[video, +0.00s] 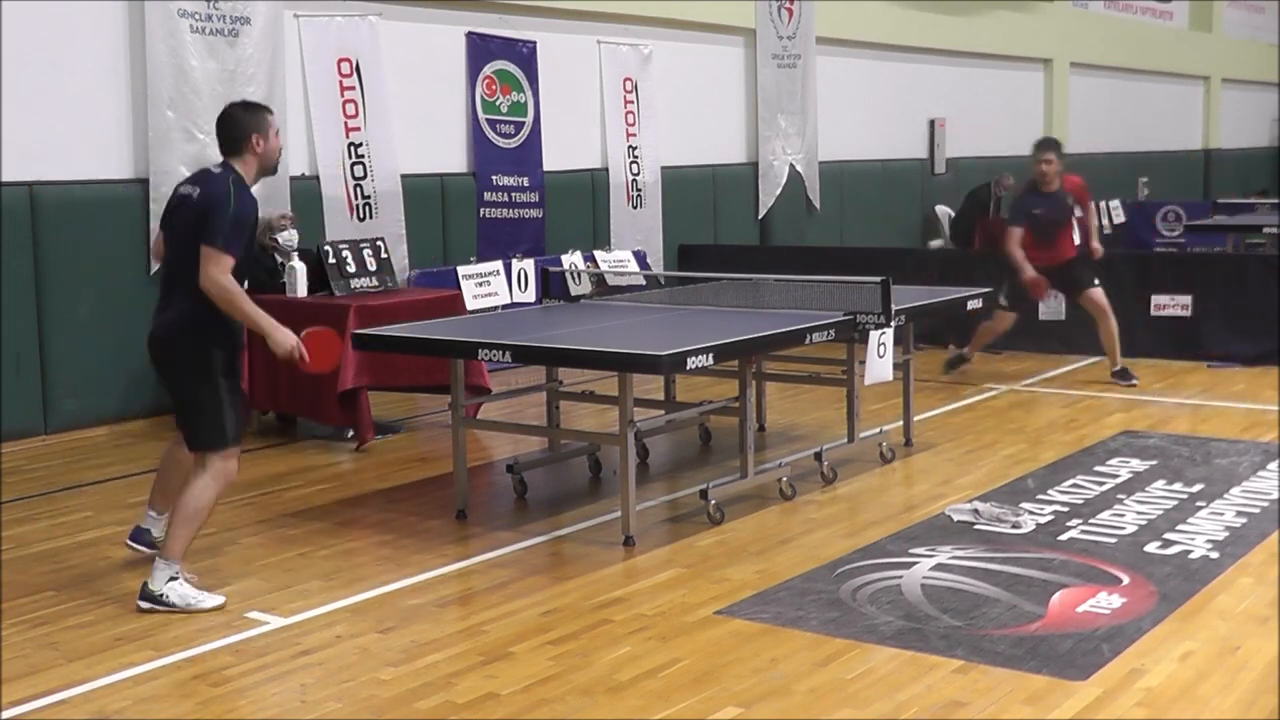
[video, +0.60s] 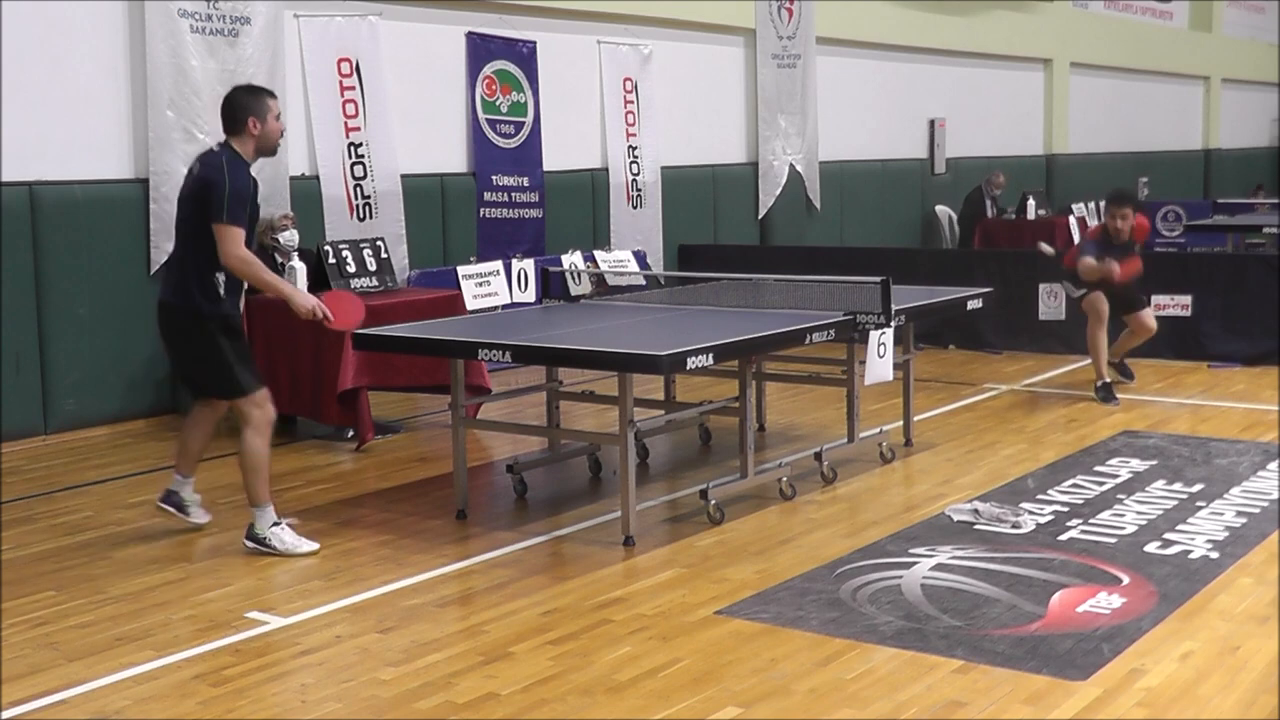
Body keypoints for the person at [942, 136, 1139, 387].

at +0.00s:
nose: (1043, 168)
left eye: (1048, 163)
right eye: (1039, 163)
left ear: (1060, 164)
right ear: (1033, 165)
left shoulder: (1074, 186)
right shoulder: (1024, 196)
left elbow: (1088, 208)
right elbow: (1012, 244)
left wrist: (1093, 240)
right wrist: (1028, 272)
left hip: (1069, 263)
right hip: (1031, 267)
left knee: (1102, 307)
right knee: (1001, 323)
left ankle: (1117, 367)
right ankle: (967, 353)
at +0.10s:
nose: (1078, 183)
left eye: (1084, 177)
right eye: (1074, 177)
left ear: (1094, 179)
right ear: (1067, 179)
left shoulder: (1102, 197)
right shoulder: (1058, 206)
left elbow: (1114, 219)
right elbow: (1053, 256)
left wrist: (1124, 248)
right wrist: (1073, 289)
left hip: (1084, 265)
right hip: (1050, 266)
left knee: (1118, 307)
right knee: (1039, 316)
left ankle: (1119, 367)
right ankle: (1029, 363)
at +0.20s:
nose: (1097, 200)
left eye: (1102, 194)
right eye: (1091, 194)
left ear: (1112, 195)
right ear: (1083, 195)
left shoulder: (1116, 210)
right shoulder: (1073, 221)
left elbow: (1123, 228)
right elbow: (1076, 273)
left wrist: (1136, 255)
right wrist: (1097, 305)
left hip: (1089, 265)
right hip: (1053, 265)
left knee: (1127, 307)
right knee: (1065, 303)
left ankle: (1121, 367)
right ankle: (1068, 373)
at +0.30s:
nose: (1121, 224)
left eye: (1127, 218)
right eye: (1116, 217)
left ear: (1135, 220)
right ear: (1106, 217)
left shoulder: (1129, 228)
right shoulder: (1094, 241)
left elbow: (1125, 242)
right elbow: (1100, 294)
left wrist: (1131, 256)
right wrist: (1126, 330)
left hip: (1091, 279)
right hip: (1058, 281)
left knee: (1141, 311)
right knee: (1088, 310)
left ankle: (1122, 369)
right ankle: (1100, 382)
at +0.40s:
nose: (1134, 234)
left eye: (1139, 227)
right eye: (1128, 227)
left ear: (1145, 228)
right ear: (1116, 225)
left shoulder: (1127, 243)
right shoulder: (1102, 249)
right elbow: (1106, 303)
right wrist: (1132, 336)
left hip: (1093, 283)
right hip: (1060, 285)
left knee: (1144, 315)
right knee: (1099, 311)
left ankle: (1122, 369)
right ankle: (1103, 382)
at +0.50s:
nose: (1129, 234)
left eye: (1135, 228)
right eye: (1123, 227)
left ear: (1143, 227)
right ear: (1113, 226)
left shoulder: (1142, 235)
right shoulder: (1101, 242)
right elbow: (1097, 285)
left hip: (1106, 280)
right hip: (1069, 280)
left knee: (1146, 321)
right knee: (1101, 309)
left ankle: (1117, 365)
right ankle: (1102, 381)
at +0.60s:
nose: (1118, 224)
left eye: (1123, 218)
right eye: (1112, 218)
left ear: (1134, 218)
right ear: (1105, 218)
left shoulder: (1141, 227)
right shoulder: (1094, 234)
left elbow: (1136, 256)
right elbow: (1083, 269)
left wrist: (1120, 272)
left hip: (1117, 276)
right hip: (1079, 275)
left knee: (1146, 326)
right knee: (1099, 309)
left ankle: (1113, 357)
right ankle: (1102, 380)